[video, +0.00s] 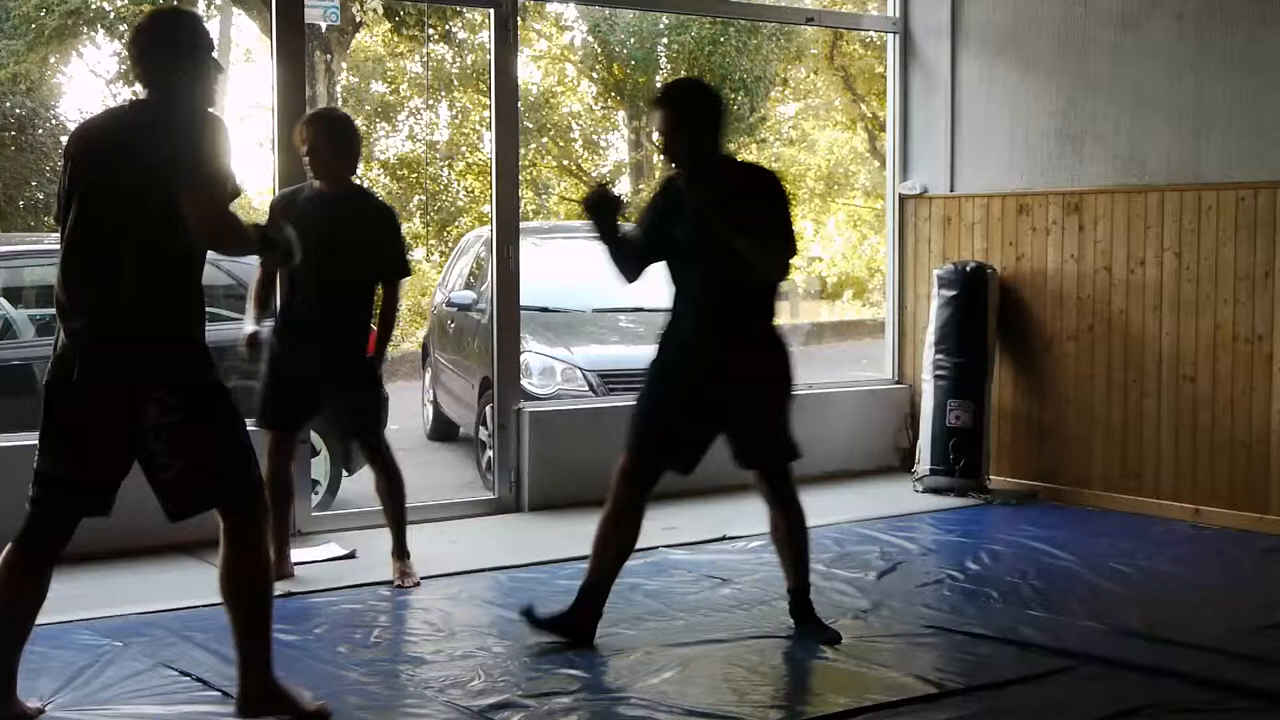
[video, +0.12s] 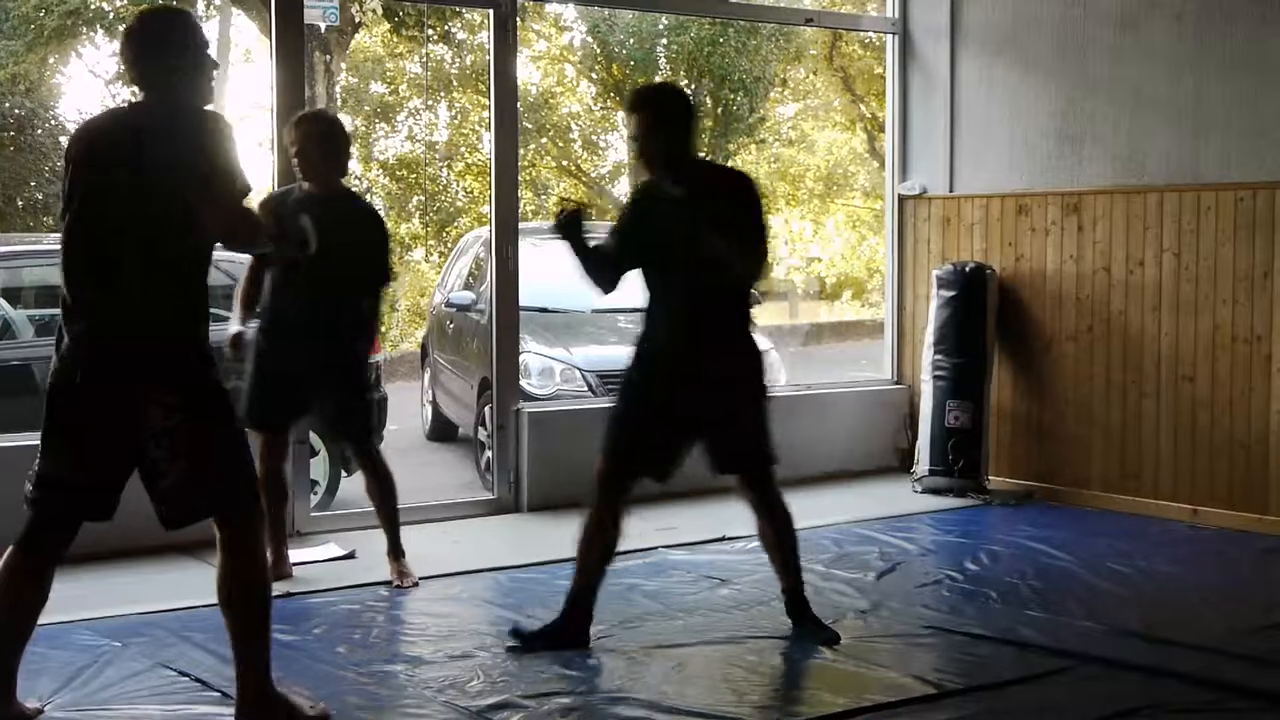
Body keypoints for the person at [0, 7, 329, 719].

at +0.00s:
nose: (215, 75)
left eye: (211, 63)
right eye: (210, 63)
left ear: (140, 64)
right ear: (197, 65)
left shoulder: (86, 135)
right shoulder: (198, 127)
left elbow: (69, 245)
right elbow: (213, 227)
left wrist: (80, 336)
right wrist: (265, 240)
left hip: (83, 361)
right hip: (170, 359)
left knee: (41, 532)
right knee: (245, 508)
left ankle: (2, 691)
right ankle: (257, 684)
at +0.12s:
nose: (212, 65)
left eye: (206, 52)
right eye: (203, 54)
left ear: (135, 66)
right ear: (186, 62)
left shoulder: (88, 135)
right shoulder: (204, 128)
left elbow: (75, 246)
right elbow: (232, 223)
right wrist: (280, 238)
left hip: (88, 366)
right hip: (175, 365)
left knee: (41, 538)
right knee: (241, 524)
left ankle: (1, 692)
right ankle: (256, 692)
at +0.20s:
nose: (216, 68)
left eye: (210, 56)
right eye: (210, 57)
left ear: (140, 68)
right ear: (198, 62)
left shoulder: (99, 137)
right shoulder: (218, 132)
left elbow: (79, 223)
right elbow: (257, 235)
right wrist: (305, 221)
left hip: (93, 368)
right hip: (181, 368)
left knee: (45, 540)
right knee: (246, 529)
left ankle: (3, 693)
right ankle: (256, 694)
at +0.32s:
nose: (246, 63)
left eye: (240, 52)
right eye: (237, 53)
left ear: (173, 68)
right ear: (216, 64)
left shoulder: (126, 136)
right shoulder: (254, 141)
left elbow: (93, 241)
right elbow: (277, 251)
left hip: (106, 362)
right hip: (196, 365)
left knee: (59, 532)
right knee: (250, 528)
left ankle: (6, 689)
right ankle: (256, 695)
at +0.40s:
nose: (268, 77)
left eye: (263, 64)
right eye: (260, 66)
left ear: (196, 73)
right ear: (245, 71)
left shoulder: (149, 138)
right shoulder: (270, 151)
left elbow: (99, 232)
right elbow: (304, 258)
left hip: (121, 367)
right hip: (209, 370)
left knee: (73, 527)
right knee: (254, 529)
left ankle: (13, 688)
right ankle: (262, 696)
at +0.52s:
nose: (368, 92)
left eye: (360, 77)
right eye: (365, 79)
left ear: (305, 75)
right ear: (356, 80)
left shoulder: (250, 138)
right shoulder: (360, 147)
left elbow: (200, 222)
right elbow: (386, 261)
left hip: (218, 372)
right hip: (308, 381)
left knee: (169, 512)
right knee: (340, 529)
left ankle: (97, 667)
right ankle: (350, 691)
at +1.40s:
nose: (295, 84)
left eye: (288, 72)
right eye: (286, 73)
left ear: (230, 85)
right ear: (270, 82)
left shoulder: (203, 148)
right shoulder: (287, 151)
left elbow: (271, 194)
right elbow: (366, 221)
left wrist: (341, 155)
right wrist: (383, 164)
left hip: (184, 375)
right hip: (259, 378)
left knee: (120, 542)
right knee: (362, 506)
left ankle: (49, 698)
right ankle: (366, 676)